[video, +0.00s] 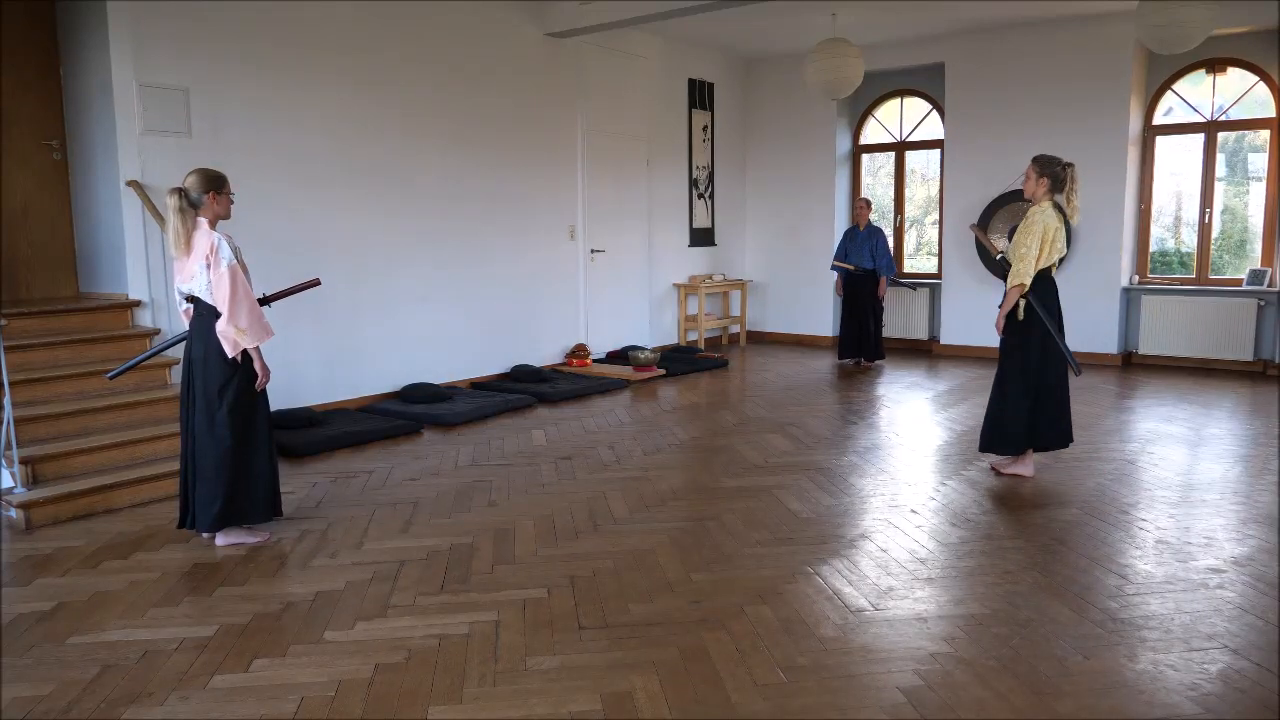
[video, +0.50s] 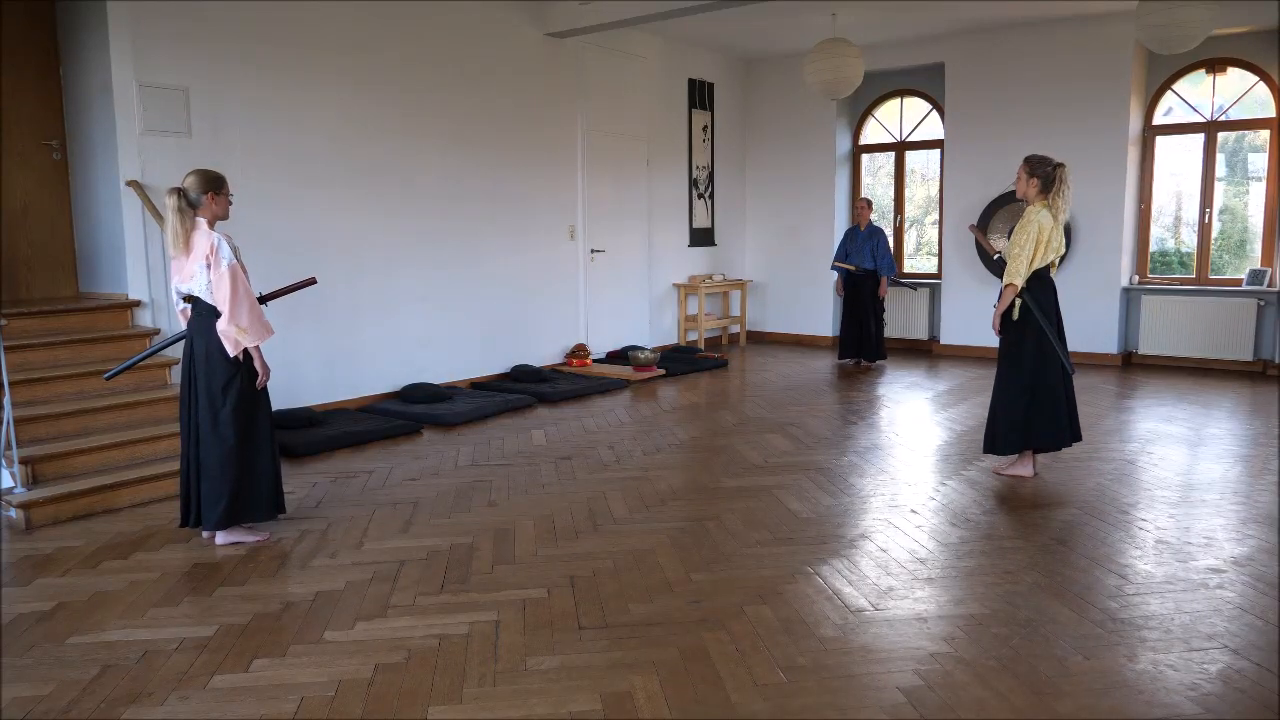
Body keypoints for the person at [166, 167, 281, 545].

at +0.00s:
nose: (232, 202)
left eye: (231, 195)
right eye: (229, 196)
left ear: (203, 199)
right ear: (212, 199)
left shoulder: (184, 241)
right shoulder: (218, 242)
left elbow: (186, 304)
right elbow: (234, 304)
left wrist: (207, 331)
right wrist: (255, 352)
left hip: (200, 344)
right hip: (225, 345)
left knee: (209, 432)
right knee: (232, 433)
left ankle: (212, 521)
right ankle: (230, 526)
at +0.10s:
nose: (232, 202)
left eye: (230, 195)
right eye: (229, 196)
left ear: (203, 199)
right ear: (211, 199)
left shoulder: (184, 242)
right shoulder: (218, 243)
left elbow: (186, 304)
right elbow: (235, 304)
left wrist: (207, 331)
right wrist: (255, 352)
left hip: (199, 344)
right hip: (225, 345)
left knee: (209, 432)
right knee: (232, 433)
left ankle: (211, 521)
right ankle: (229, 526)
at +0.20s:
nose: (232, 202)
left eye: (230, 196)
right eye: (229, 196)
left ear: (202, 199)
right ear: (211, 199)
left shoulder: (183, 242)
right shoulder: (218, 242)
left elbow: (185, 303)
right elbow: (235, 304)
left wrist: (205, 331)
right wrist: (255, 351)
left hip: (199, 342)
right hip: (225, 343)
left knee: (209, 430)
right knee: (232, 432)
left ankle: (211, 521)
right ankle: (229, 526)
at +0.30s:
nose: (231, 202)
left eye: (230, 196)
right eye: (228, 196)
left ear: (202, 200)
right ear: (211, 199)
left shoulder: (182, 242)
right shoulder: (218, 242)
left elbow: (185, 304)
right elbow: (235, 304)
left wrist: (205, 332)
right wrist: (256, 352)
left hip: (198, 343)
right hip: (224, 344)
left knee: (208, 431)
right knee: (231, 432)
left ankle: (211, 521)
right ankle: (228, 526)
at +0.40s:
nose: (231, 203)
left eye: (230, 196)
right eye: (228, 197)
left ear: (201, 200)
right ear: (211, 199)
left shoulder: (181, 241)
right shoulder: (217, 243)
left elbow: (184, 303)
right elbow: (235, 305)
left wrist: (203, 332)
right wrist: (256, 351)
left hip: (198, 342)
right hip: (224, 343)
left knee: (208, 430)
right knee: (230, 432)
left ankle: (211, 521)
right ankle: (227, 526)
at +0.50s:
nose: (231, 203)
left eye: (230, 197)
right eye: (228, 197)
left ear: (201, 200)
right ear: (210, 199)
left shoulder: (181, 240)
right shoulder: (216, 242)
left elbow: (183, 302)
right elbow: (235, 304)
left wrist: (202, 332)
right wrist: (255, 351)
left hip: (198, 341)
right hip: (224, 342)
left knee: (209, 430)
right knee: (232, 431)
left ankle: (213, 521)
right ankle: (229, 525)